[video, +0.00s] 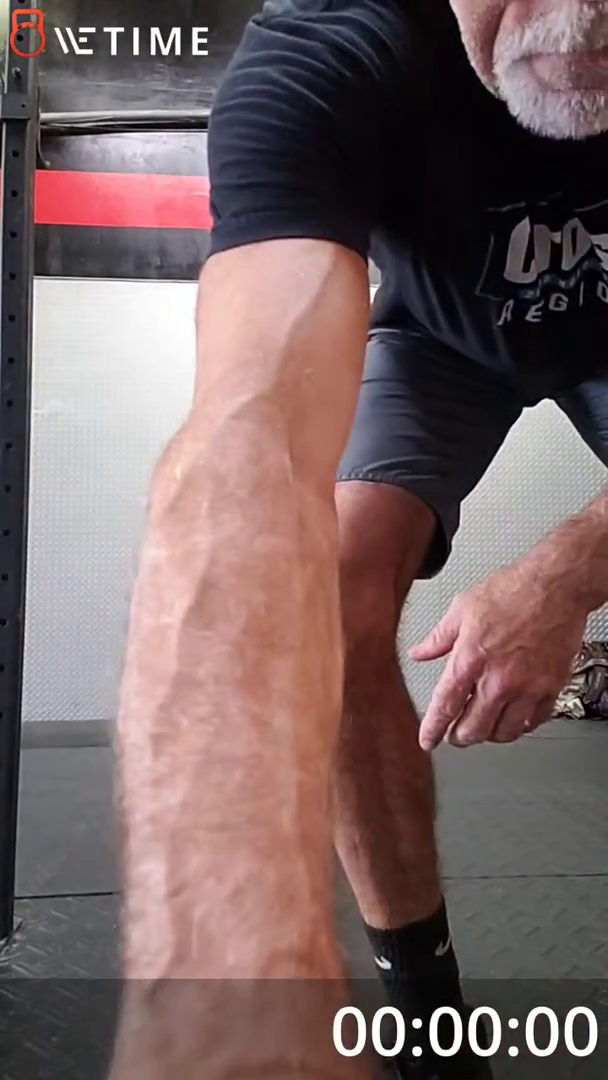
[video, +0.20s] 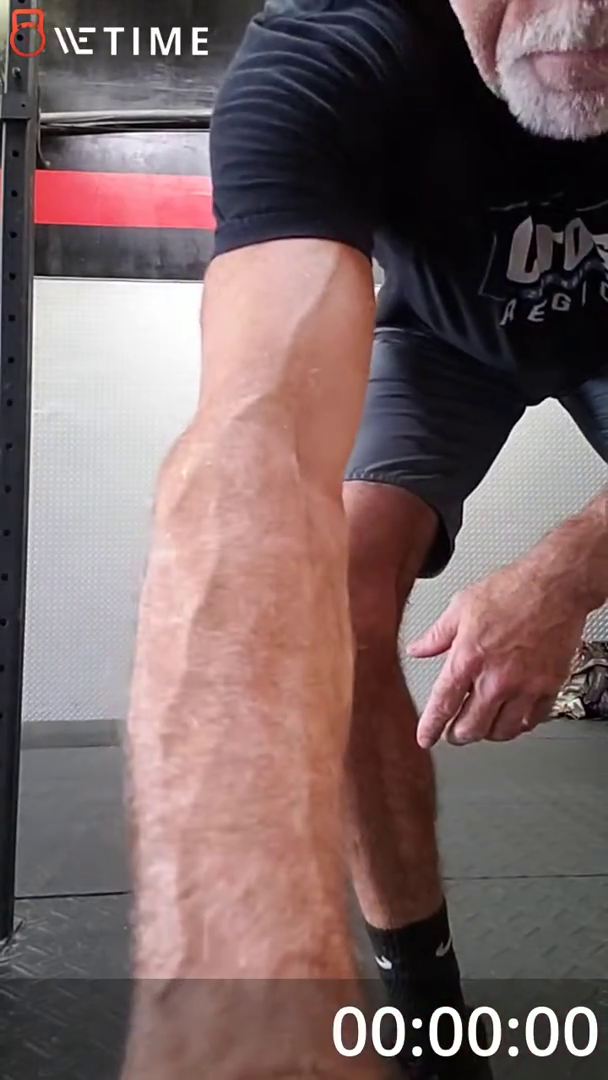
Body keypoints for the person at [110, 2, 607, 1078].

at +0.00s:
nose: (571, 19)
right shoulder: (328, 54)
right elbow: (248, 453)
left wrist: (569, 579)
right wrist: (234, 1017)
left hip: (598, 338)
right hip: (446, 328)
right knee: (333, 584)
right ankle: (427, 1005)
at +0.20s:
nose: (573, 15)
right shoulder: (331, 54)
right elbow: (254, 463)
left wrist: (571, 575)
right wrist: (251, 1019)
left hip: (601, 338)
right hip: (448, 326)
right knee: (337, 591)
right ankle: (428, 1008)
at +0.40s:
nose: (570, 16)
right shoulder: (336, 46)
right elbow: (258, 464)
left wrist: (573, 576)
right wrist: (265, 1035)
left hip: (603, 340)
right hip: (449, 326)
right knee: (340, 590)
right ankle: (426, 1006)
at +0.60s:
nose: (577, 18)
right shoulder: (337, 49)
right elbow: (260, 474)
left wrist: (578, 572)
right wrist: (268, 1028)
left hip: (603, 338)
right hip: (449, 326)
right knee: (341, 597)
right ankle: (422, 1000)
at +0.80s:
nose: (573, 11)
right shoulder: (333, 56)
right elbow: (264, 467)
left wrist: (580, 568)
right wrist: (268, 1031)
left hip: (597, 338)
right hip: (447, 327)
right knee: (340, 584)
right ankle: (423, 1007)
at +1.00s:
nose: (533, 5)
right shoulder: (288, 16)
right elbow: (253, 380)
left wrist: (581, 582)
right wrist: (291, 826)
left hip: (591, 319)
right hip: (430, 312)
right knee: (353, 559)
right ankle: (394, 957)